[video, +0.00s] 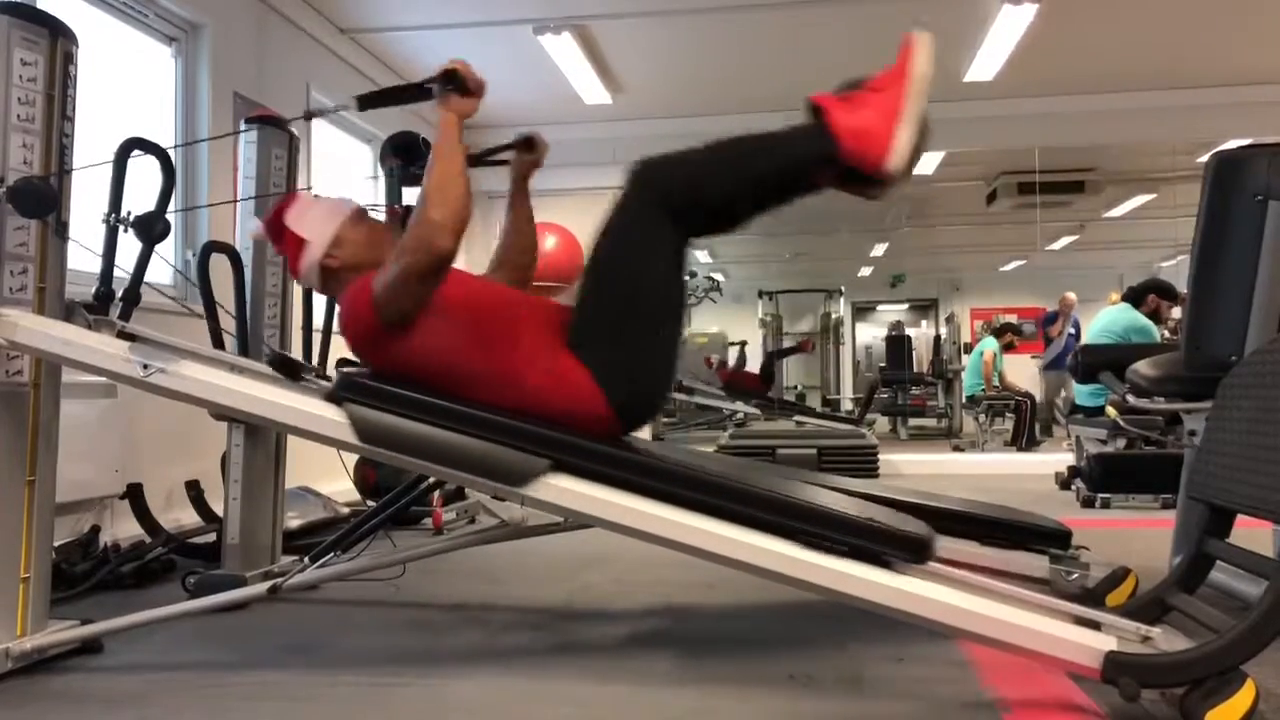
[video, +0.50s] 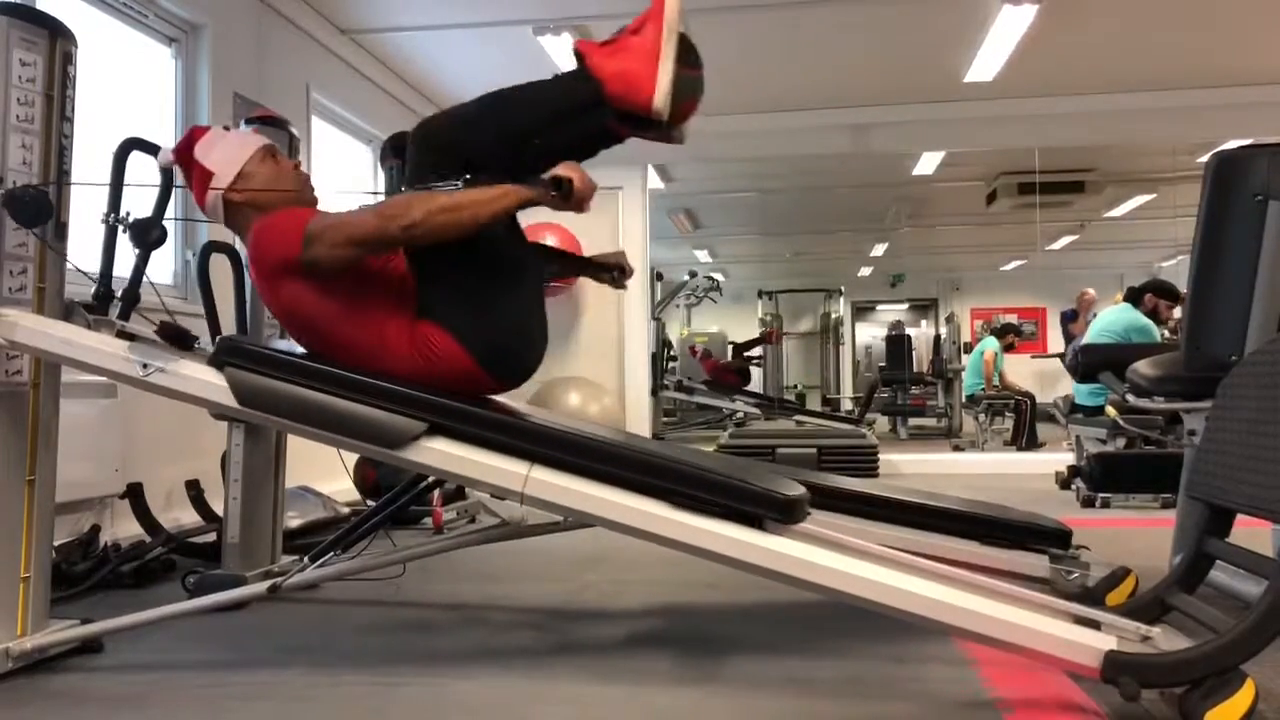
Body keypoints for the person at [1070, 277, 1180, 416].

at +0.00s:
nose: (1169, 315)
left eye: (1171, 309)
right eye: (1169, 308)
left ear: (1151, 301)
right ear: (1152, 301)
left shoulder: (1109, 311)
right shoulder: (1143, 325)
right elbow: (1156, 372)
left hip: (1083, 397)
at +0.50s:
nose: (1171, 316)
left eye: (1173, 309)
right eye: (1168, 308)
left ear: (1148, 300)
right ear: (1149, 300)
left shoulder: (1110, 312)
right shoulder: (1143, 325)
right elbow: (1158, 370)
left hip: (1082, 396)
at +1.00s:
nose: (1172, 316)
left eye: (1174, 309)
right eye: (1170, 308)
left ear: (1149, 300)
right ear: (1150, 300)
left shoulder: (1111, 311)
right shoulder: (1144, 325)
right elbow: (1159, 370)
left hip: (1082, 396)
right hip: (1102, 400)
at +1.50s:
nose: (1175, 318)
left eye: (1177, 311)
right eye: (1173, 309)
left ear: (1153, 301)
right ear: (1154, 301)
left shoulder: (1116, 312)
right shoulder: (1147, 325)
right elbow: (1159, 371)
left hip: (1083, 397)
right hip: (1104, 401)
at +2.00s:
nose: (1175, 319)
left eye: (1177, 312)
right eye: (1173, 310)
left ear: (1153, 302)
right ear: (1154, 302)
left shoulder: (1116, 312)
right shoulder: (1146, 325)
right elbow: (1160, 370)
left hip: (1083, 397)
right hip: (1102, 401)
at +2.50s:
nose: (1174, 319)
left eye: (1176, 311)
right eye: (1173, 310)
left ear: (1153, 302)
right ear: (1154, 302)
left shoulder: (1118, 311)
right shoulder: (1145, 325)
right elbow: (1160, 371)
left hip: (1082, 396)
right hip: (1101, 401)